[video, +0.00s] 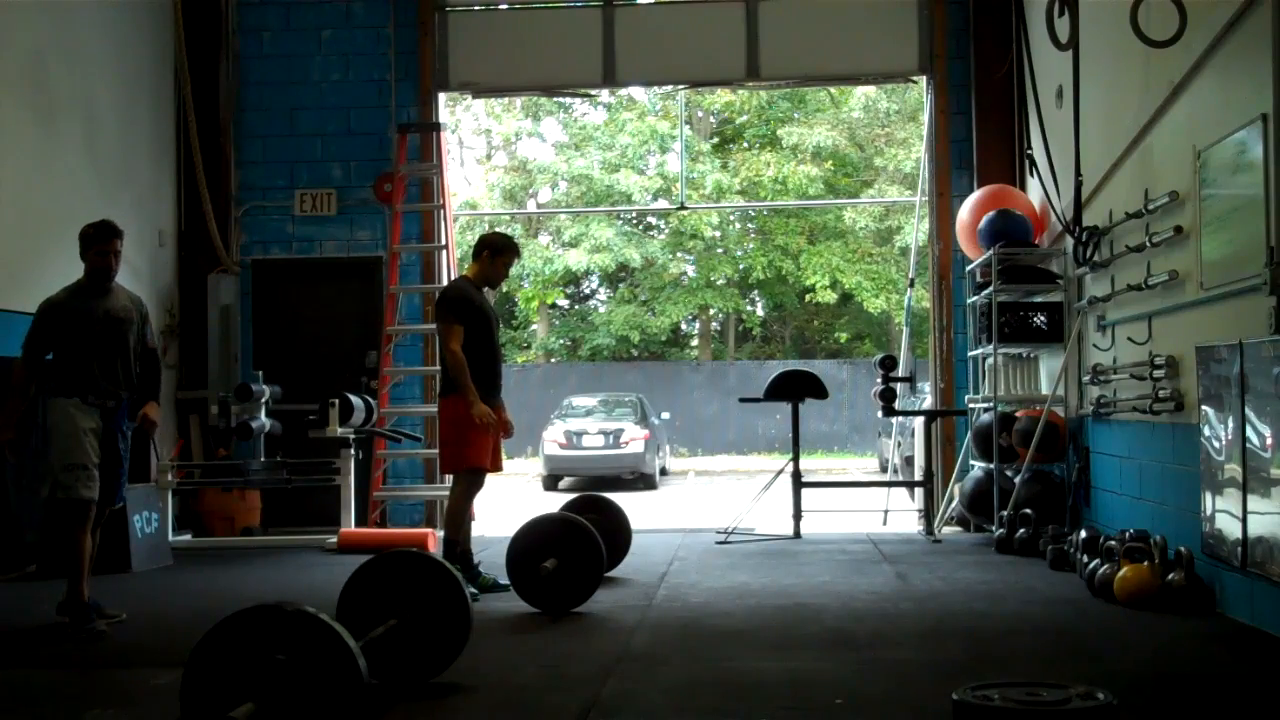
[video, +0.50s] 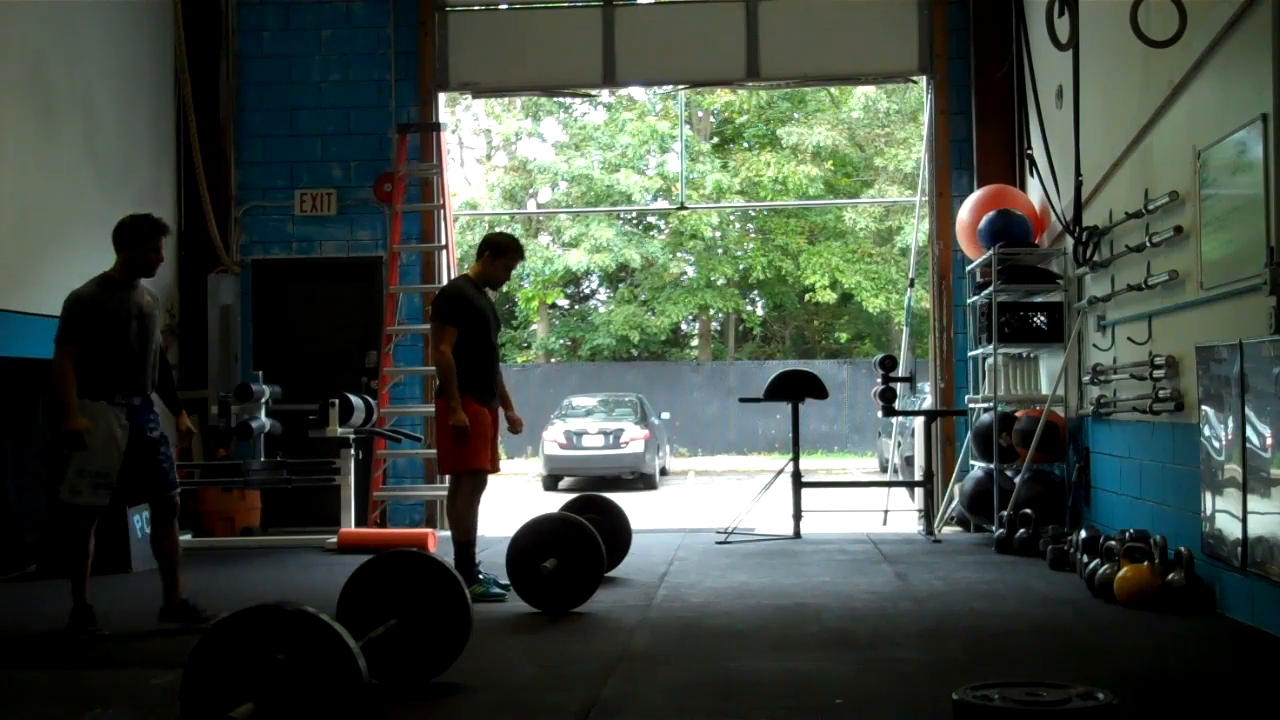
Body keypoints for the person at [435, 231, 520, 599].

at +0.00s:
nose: (507, 275)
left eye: (509, 269)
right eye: (505, 267)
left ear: (492, 261)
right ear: (486, 257)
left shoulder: (479, 298)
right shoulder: (457, 293)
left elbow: (486, 359)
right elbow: (451, 349)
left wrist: (499, 408)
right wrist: (474, 400)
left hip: (483, 404)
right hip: (463, 402)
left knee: (471, 483)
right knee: (466, 482)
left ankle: (464, 566)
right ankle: (453, 568)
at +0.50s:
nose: (508, 278)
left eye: (511, 271)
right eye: (507, 270)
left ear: (493, 261)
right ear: (488, 258)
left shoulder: (482, 299)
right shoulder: (455, 293)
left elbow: (490, 361)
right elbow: (441, 350)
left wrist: (508, 407)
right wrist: (454, 406)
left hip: (483, 405)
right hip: (464, 405)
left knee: (470, 485)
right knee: (469, 484)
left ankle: (467, 571)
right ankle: (466, 574)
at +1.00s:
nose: (509, 275)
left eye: (512, 268)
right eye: (509, 267)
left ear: (494, 258)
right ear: (490, 256)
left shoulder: (481, 294)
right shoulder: (460, 292)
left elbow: (486, 355)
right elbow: (456, 352)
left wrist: (499, 403)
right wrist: (479, 405)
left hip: (485, 406)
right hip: (464, 405)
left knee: (485, 482)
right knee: (466, 484)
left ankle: (471, 568)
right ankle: (467, 575)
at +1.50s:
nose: (520, 276)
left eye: (523, 269)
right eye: (520, 267)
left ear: (503, 258)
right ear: (502, 256)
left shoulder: (492, 294)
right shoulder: (472, 288)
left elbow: (508, 337)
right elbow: (475, 333)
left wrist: (526, 368)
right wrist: (513, 377)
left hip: (497, 401)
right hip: (474, 402)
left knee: (506, 481)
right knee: (475, 484)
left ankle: (514, 568)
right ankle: (469, 576)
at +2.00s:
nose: (548, 281)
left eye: (551, 274)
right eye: (549, 272)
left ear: (533, 260)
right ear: (533, 259)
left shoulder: (522, 300)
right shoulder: (501, 294)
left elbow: (535, 358)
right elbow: (504, 354)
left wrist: (564, 399)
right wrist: (533, 404)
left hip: (524, 401)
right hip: (504, 400)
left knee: (526, 481)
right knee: (512, 480)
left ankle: (526, 568)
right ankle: (477, 569)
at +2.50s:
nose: (566, 283)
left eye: (570, 278)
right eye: (567, 275)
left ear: (552, 263)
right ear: (552, 262)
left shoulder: (538, 299)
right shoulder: (518, 294)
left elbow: (542, 360)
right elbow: (509, 350)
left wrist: (551, 405)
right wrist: (525, 405)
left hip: (533, 401)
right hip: (516, 401)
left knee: (524, 483)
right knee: (521, 483)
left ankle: (518, 571)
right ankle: (512, 572)